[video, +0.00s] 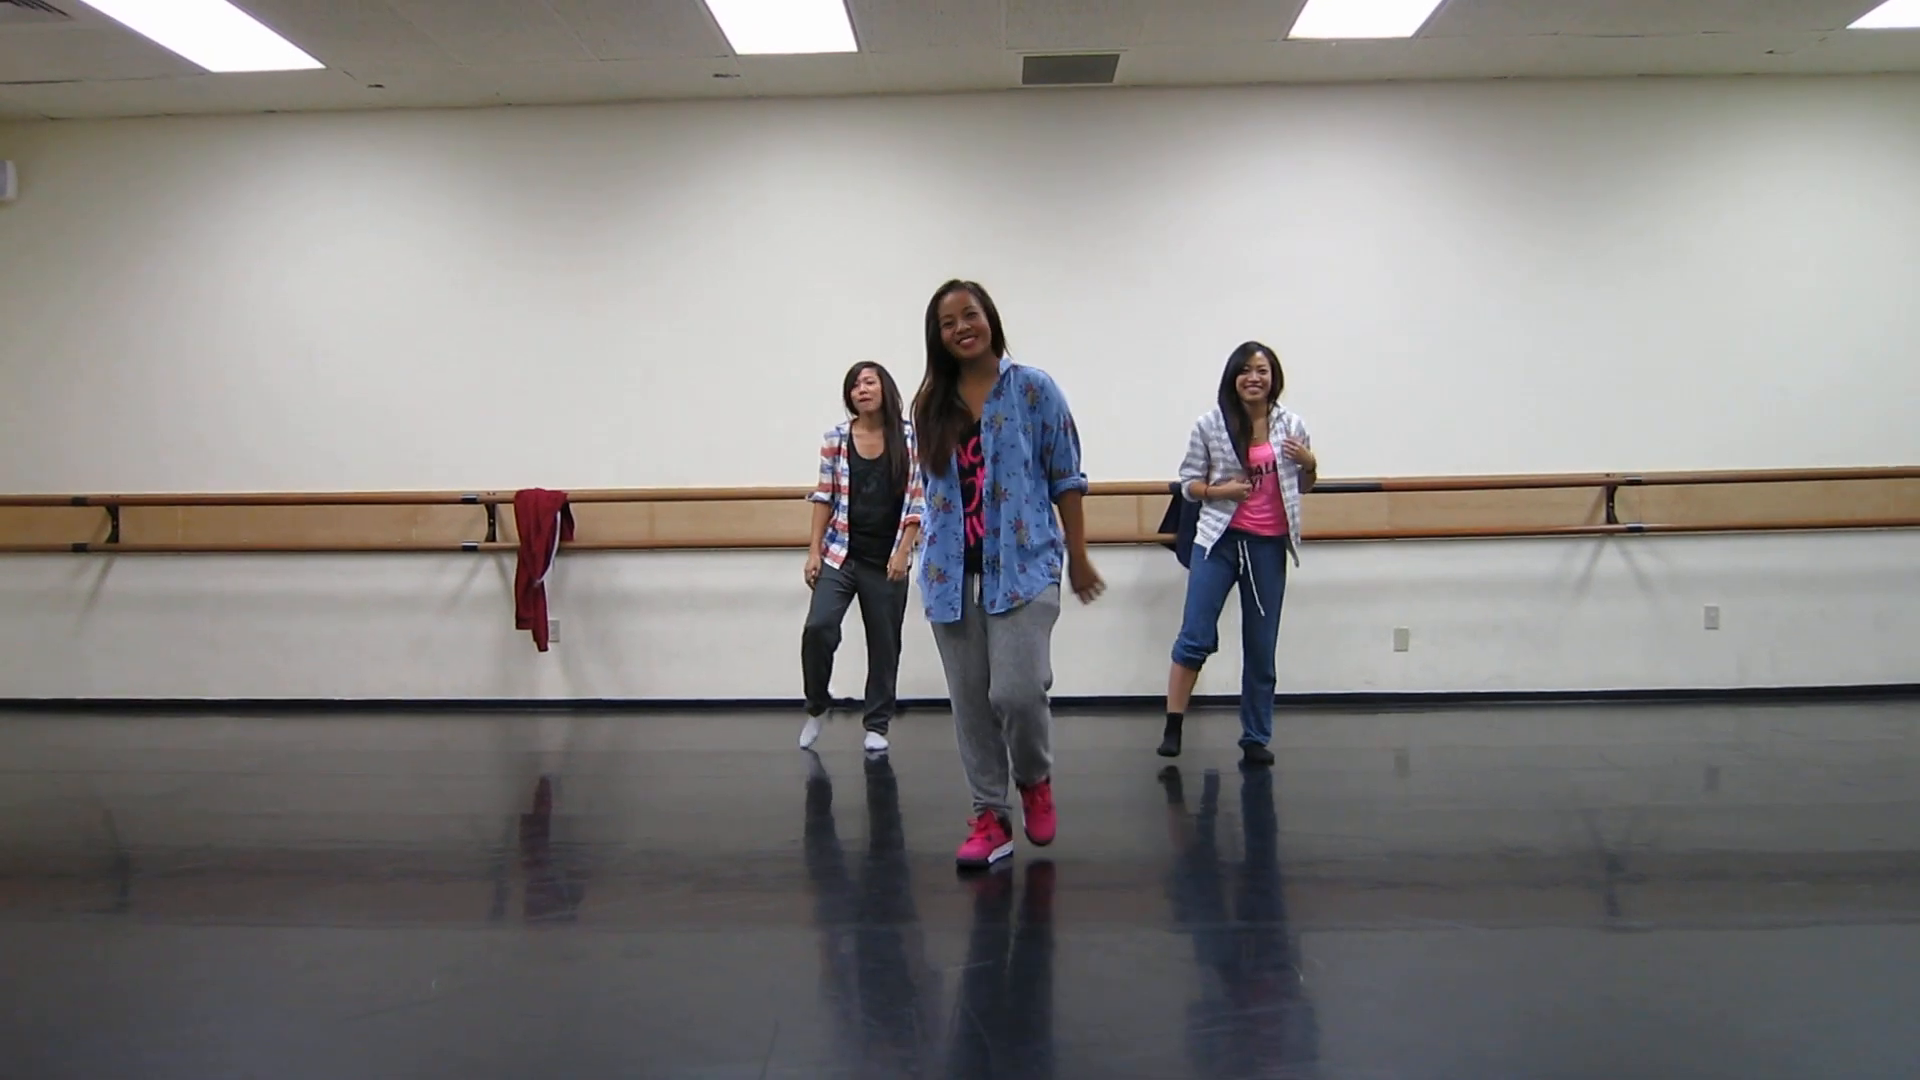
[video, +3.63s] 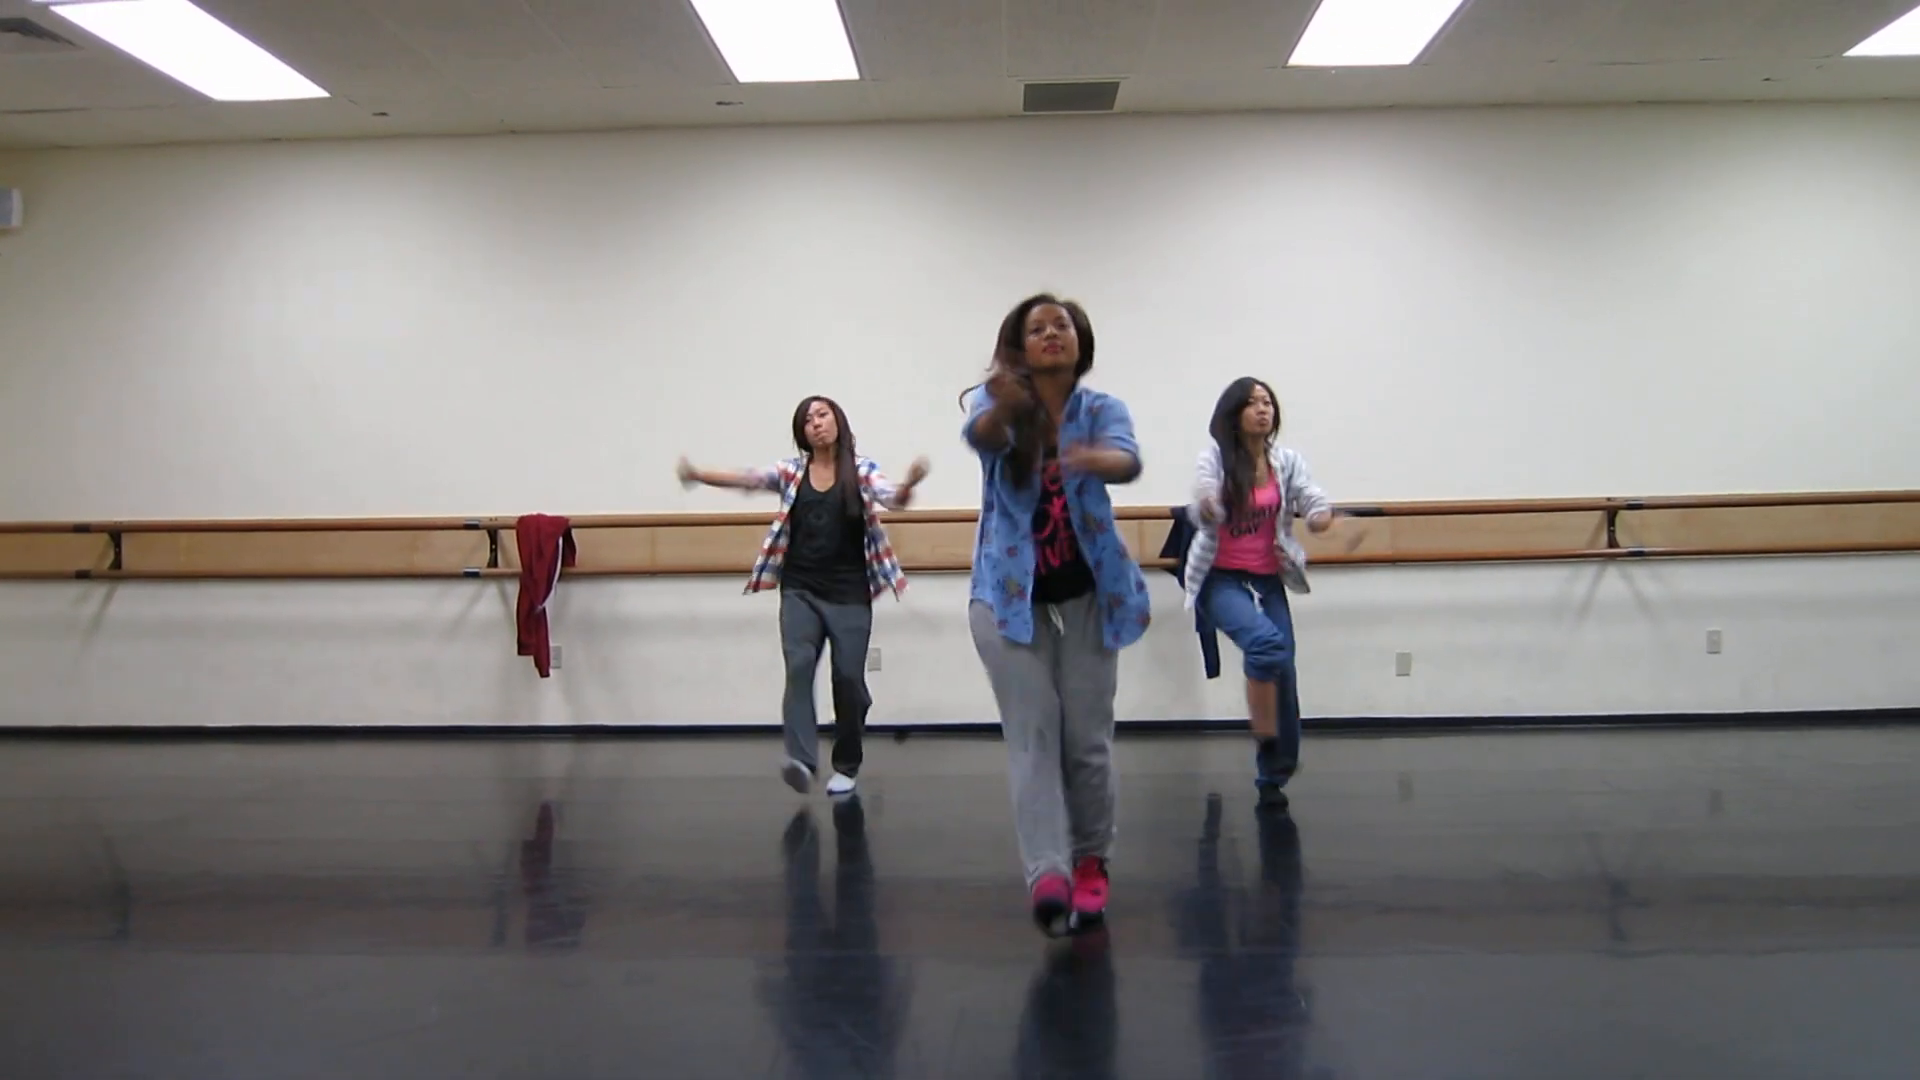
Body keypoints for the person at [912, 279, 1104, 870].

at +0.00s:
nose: (963, 326)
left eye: (971, 314)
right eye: (949, 322)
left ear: (992, 320)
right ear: (938, 336)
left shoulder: (1034, 389)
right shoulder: (930, 405)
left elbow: (1065, 478)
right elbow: (929, 490)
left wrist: (1078, 558)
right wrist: (914, 551)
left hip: (1024, 570)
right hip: (949, 575)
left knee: (1015, 693)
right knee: (969, 701)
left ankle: (1033, 780)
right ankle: (991, 816)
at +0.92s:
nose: (1052, 350)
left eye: (1061, 338)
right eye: (1039, 342)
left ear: (1079, 344)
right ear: (1024, 352)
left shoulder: (1110, 413)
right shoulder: (1001, 416)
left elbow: (1131, 496)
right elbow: (987, 502)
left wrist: (1077, 531)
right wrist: (1002, 569)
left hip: (1087, 584)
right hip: (1018, 585)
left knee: (1079, 707)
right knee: (1012, 711)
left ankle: (1077, 808)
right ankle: (1001, 823)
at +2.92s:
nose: (1051, 327)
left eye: (1062, 318)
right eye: (1039, 318)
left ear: (1081, 332)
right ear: (1021, 333)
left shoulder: (1106, 414)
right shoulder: (985, 406)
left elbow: (1131, 505)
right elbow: (955, 498)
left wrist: (1088, 542)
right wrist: (961, 576)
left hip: (1074, 598)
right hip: (1001, 600)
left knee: (1072, 729)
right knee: (1019, 730)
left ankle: (1086, 854)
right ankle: (1030, 841)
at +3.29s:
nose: (1074, 315)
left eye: (1084, 306)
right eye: (1061, 308)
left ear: (1104, 324)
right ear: (1043, 327)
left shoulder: (1134, 408)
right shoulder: (1007, 397)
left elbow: (1184, 470)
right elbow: (938, 462)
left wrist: (1175, 497)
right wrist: (942, 520)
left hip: (1096, 597)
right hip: (1017, 596)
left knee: (1076, 734)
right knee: (1020, 731)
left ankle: (1086, 859)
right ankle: (1011, 800)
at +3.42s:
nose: (1068, 329)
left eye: (1078, 321)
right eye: (1055, 324)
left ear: (1097, 339)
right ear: (1038, 344)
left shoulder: (1130, 420)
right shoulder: (1003, 413)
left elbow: (1193, 485)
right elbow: (941, 473)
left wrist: (1205, 422)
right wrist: (931, 427)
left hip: (1098, 612)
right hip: (1021, 612)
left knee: (1087, 746)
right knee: (1017, 749)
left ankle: (1083, 863)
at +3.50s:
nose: (1059, 321)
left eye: (1070, 312)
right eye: (1046, 315)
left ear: (1090, 330)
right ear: (1028, 335)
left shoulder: (1119, 408)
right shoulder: (996, 405)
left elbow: (1171, 481)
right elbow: (945, 476)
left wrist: (1228, 434)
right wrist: (910, 411)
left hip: (1096, 601)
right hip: (1017, 603)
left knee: (1090, 741)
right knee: (1032, 732)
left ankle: (1088, 863)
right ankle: (996, 725)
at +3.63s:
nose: (1050, 335)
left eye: (1061, 325)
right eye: (1036, 329)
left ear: (1081, 341)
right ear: (1016, 348)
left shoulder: (1102, 409)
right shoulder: (990, 403)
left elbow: (1128, 464)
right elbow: (980, 436)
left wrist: (1092, 460)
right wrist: (1005, 406)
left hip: (1087, 597)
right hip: (1010, 600)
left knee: (1086, 740)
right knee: (1033, 733)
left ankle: (1091, 863)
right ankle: (1047, 873)